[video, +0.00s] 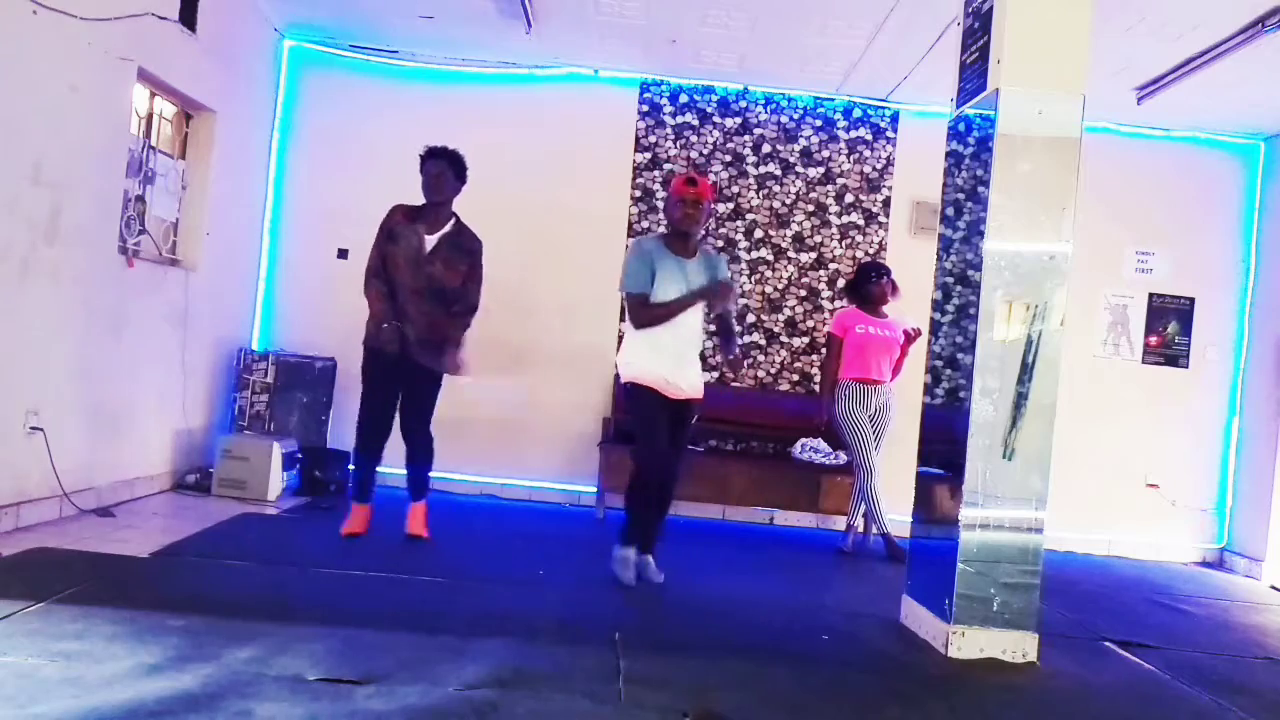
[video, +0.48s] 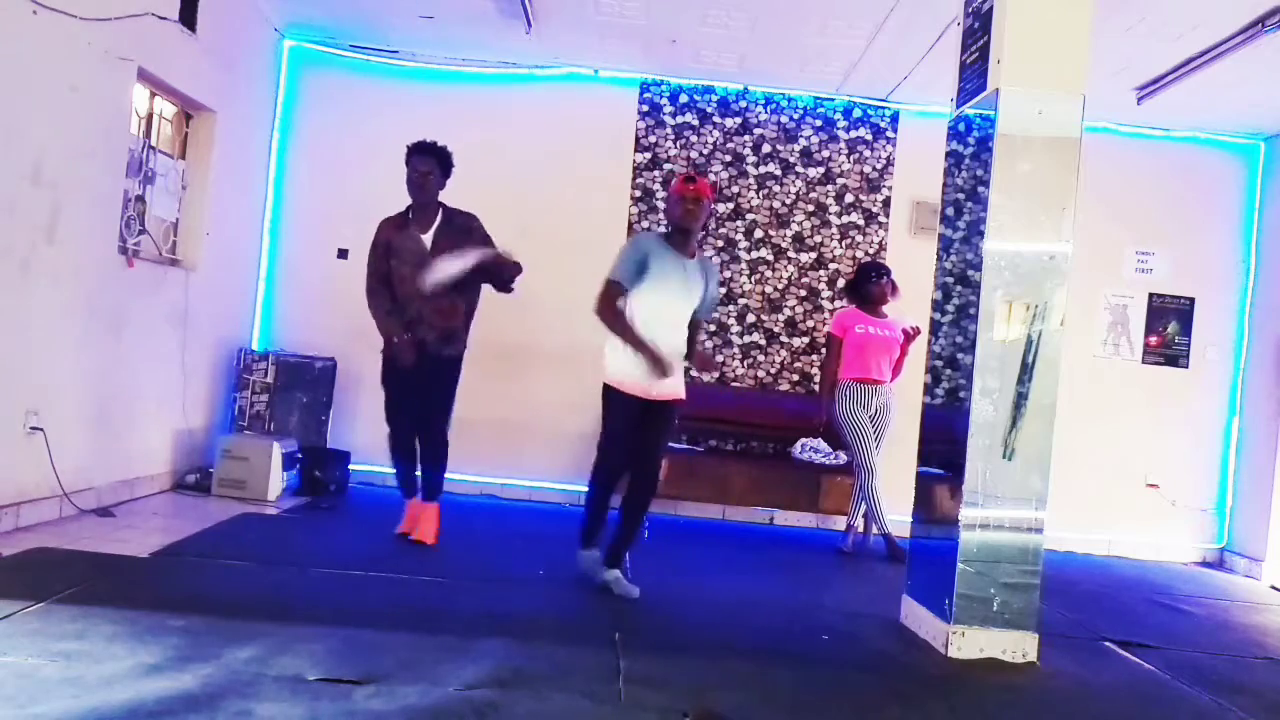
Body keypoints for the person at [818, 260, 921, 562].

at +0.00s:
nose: (890, 286)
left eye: (890, 281)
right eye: (883, 281)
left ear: (889, 287)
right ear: (866, 287)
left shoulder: (894, 328)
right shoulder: (846, 317)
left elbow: (892, 374)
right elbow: (831, 363)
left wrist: (906, 348)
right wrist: (826, 404)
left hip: (881, 397)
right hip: (850, 394)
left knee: (867, 465)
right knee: (867, 463)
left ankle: (849, 533)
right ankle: (887, 536)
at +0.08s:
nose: (889, 286)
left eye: (889, 281)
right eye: (882, 281)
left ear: (889, 287)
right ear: (865, 287)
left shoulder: (895, 328)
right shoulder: (846, 317)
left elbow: (892, 374)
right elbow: (831, 363)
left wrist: (905, 348)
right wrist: (826, 404)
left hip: (881, 397)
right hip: (850, 394)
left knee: (868, 465)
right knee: (867, 463)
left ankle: (849, 533)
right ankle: (887, 536)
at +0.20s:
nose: (889, 286)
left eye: (889, 281)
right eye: (882, 281)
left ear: (890, 287)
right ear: (865, 287)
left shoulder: (895, 328)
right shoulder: (846, 317)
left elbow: (892, 375)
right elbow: (830, 363)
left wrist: (905, 348)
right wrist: (826, 404)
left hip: (881, 397)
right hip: (850, 394)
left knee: (868, 465)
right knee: (867, 464)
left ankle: (849, 532)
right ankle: (887, 536)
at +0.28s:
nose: (888, 286)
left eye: (889, 281)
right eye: (881, 281)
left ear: (890, 288)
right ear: (865, 287)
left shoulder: (895, 328)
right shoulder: (846, 317)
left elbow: (892, 375)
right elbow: (830, 364)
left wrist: (905, 348)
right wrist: (826, 405)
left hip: (881, 397)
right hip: (850, 394)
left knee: (868, 465)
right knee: (867, 464)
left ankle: (849, 532)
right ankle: (887, 535)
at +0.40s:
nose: (889, 286)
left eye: (889, 281)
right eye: (882, 281)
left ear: (890, 287)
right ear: (865, 287)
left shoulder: (894, 328)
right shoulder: (846, 317)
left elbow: (893, 375)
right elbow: (830, 364)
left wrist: (905, 347)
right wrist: (825, 405)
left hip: (882, 398)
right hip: (850, 394)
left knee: (868, 464)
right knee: (867, 463)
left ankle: (850, 532)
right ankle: (887, 536)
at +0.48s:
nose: (889, 285)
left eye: (889, 280)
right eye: (882, 280)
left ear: (889, 287)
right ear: (865, 287)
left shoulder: (894, 328)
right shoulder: (846, 317)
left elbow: (892, 375)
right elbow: (830, 364)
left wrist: (905, 347)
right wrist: (826, 405)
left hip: (881, 397)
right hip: (850, 394)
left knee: (868, 464)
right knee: (867, 463)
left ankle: (850, 533)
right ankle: (887, 536)